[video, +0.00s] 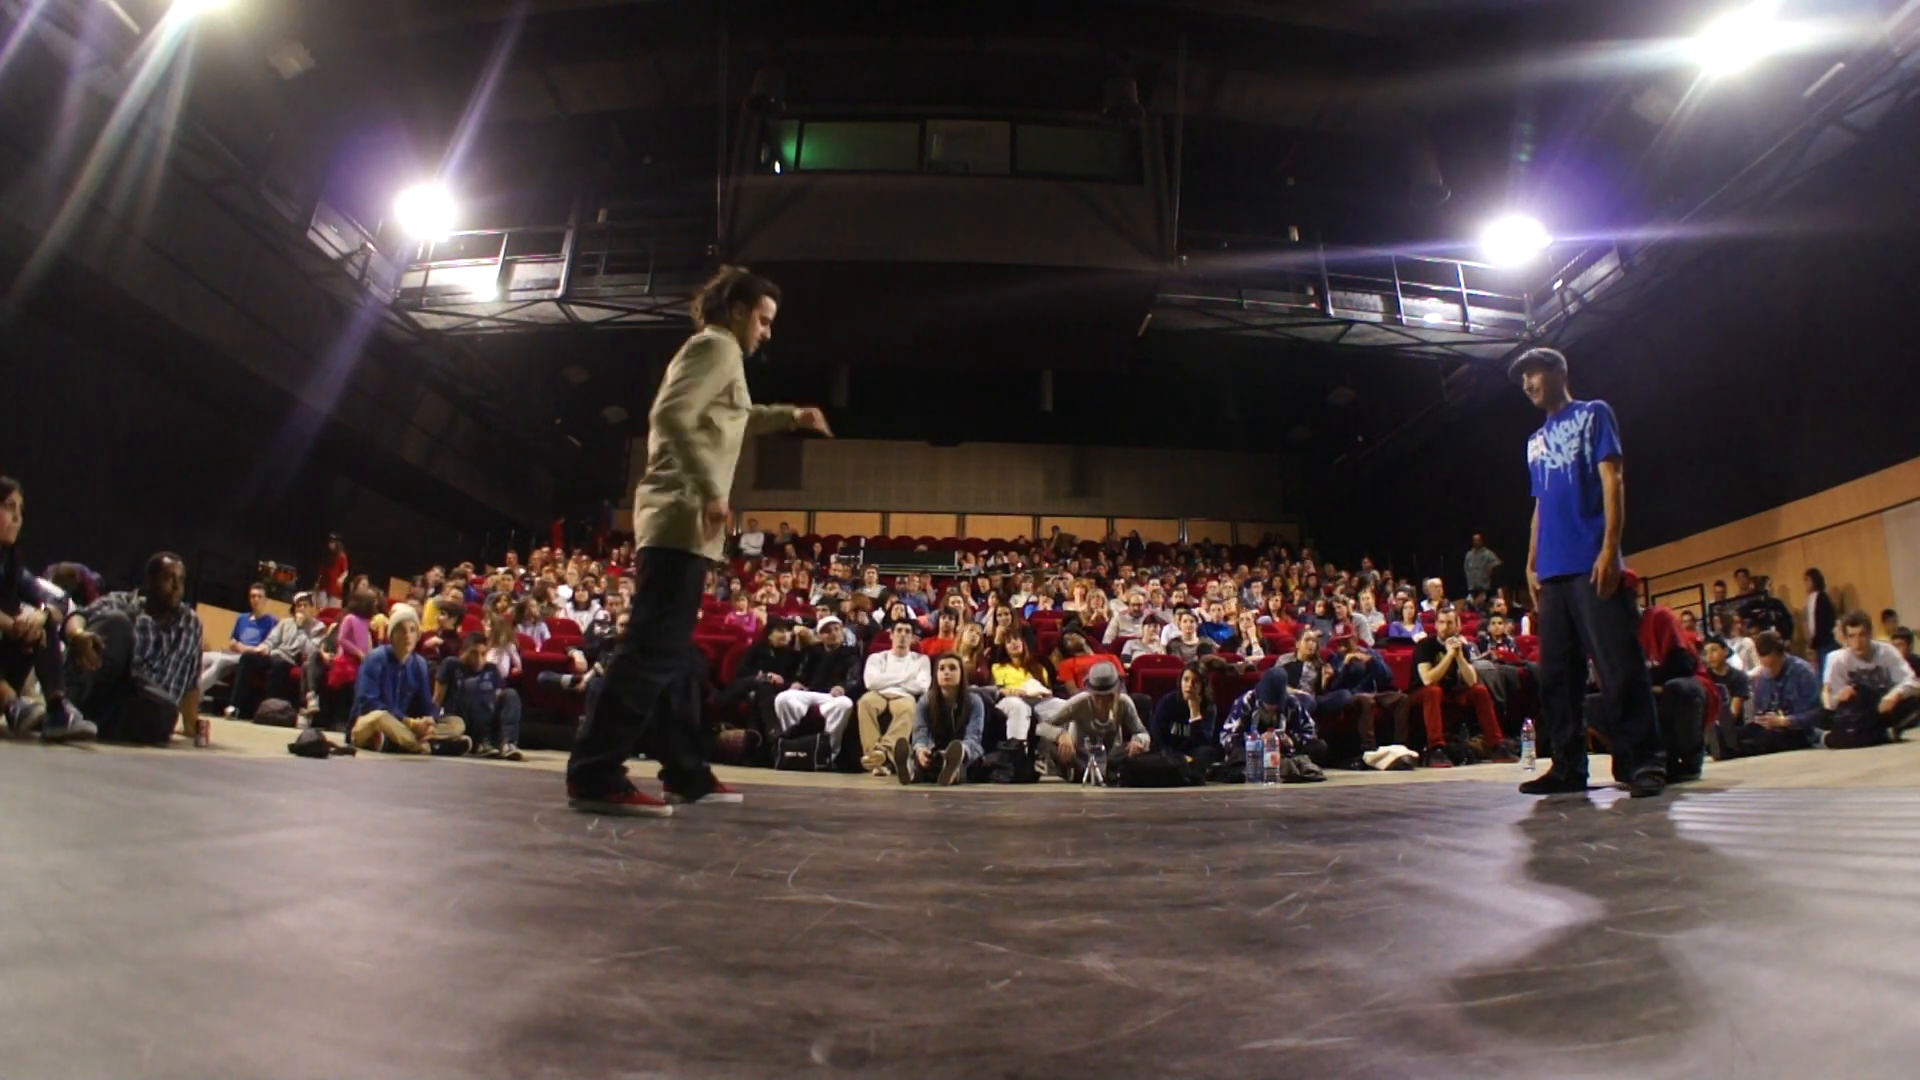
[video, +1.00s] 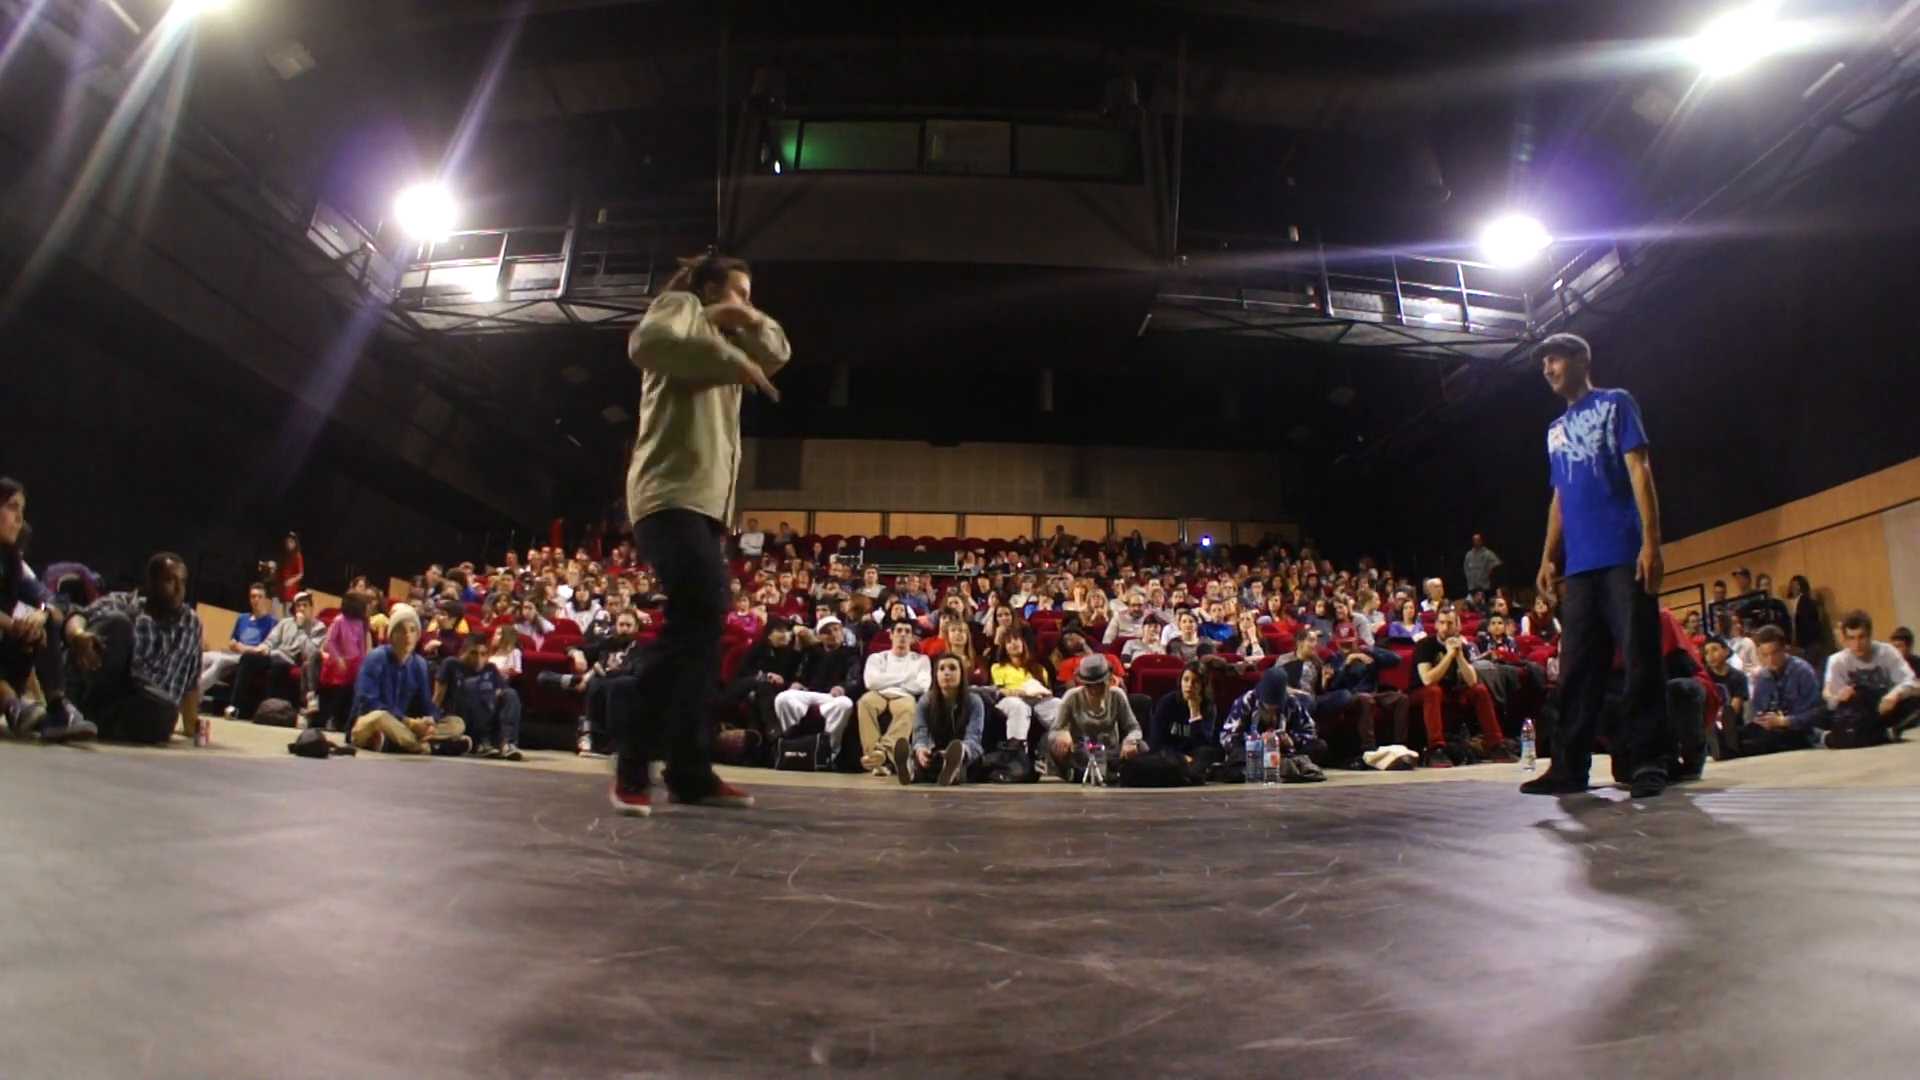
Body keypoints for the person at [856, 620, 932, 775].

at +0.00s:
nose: (903, 635)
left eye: (907, 632)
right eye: (899, 631)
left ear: (912, 638)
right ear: (891, 634)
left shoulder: (921, 659)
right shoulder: (876, 658)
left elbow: (922, 686)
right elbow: (871, 682)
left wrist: (887, 682)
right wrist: (905, 678)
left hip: (904, 694)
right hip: (879, 692)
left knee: (907, 710)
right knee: (865, 703)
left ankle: (884, 750)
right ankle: (876, 761)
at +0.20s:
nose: (903, 635)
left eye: (907, 632)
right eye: (899, 631)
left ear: (912, 638)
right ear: (891, 634)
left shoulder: (921, 659)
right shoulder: (876, 658)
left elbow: (922, 686)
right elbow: (871, 682)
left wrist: (887, 683)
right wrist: (905, 678)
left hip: (904, 694)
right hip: (879, 692)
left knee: (907, 710)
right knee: (865, 703)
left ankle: (884, 750)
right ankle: (876, 761)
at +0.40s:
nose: (903, 635)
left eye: (907, 632)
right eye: (899, 631)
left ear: (912, 638)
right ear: (891, 634)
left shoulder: (921, 659)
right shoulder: (876, 658)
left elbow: (921, 686)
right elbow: (871, 682)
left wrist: (886, 683)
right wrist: (905, 678)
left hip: (904, 694)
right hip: (879, 692)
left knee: (907, 710)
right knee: (865, 703)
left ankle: (883, 750)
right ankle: (876, 762)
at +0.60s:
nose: (903, 635)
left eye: (907, 632)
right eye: (899, 631)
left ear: (912, 638)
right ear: (891, 634)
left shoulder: (921, 659)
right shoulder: (876, 658)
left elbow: (922, 686)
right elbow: (871, 682)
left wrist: (886, 683)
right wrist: (905, 678)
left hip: (904, 694)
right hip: (879, 692)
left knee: (907, 710)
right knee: (865, 703)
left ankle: (884, 750)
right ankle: (876, 761)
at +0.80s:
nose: (903, 635)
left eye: (907, 632)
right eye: (899, 631)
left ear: (912, 638)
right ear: (891, 634)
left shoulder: (921, 659)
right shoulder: (876, 658)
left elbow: (922, 686)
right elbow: (871, 682)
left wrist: (887, 682)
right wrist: (905, 677)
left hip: (904, 694)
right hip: (879, 692)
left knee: (907, 710)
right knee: (865, 703)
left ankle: (884, 750)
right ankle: (876, 761)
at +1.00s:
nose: (903, 635)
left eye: (907, 632)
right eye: (899, 631)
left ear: (912, 638)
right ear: (891, 634)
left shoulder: (921, 659)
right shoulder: (876, 658)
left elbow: (922, 686)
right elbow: (871, 682)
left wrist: (887, 683)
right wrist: (905, 678)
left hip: (904, 694)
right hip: (879, 692)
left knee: (907, 710)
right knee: (865, 703)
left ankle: (884, 750)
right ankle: (876, 761)